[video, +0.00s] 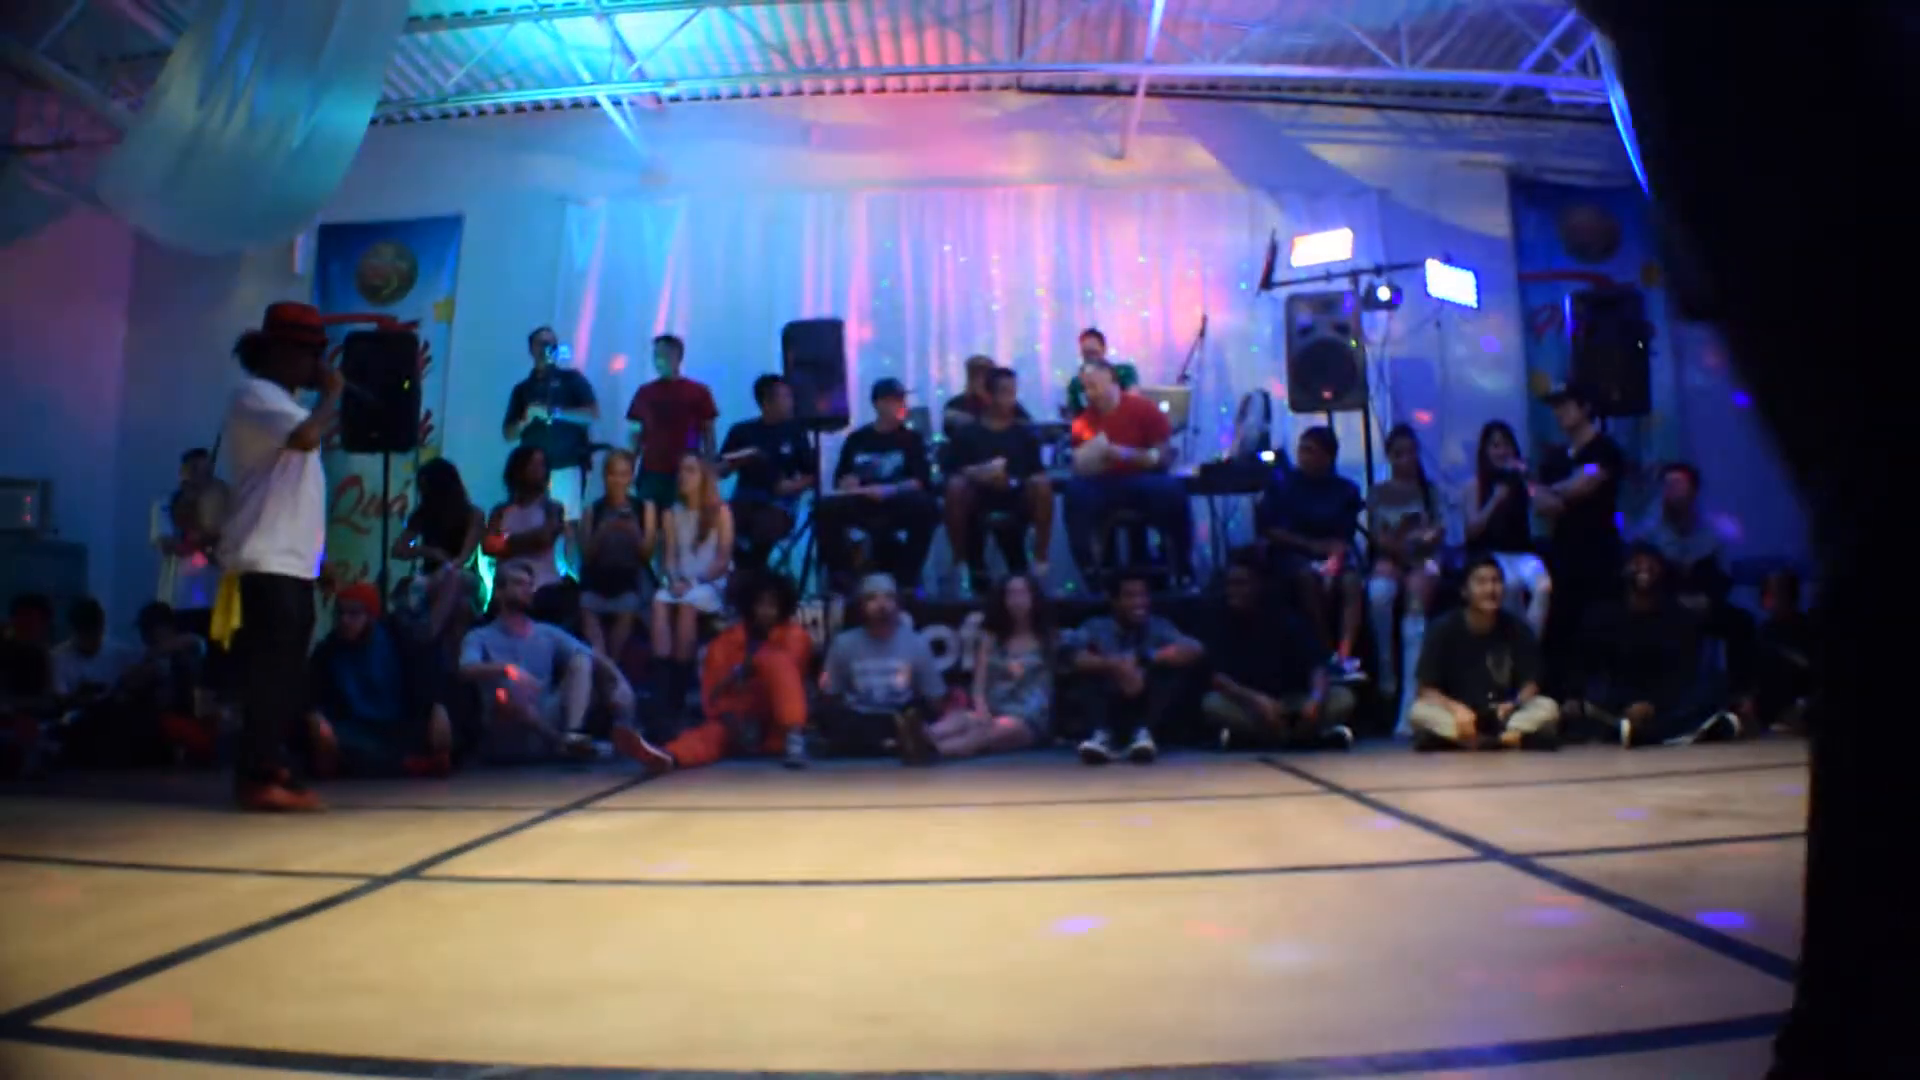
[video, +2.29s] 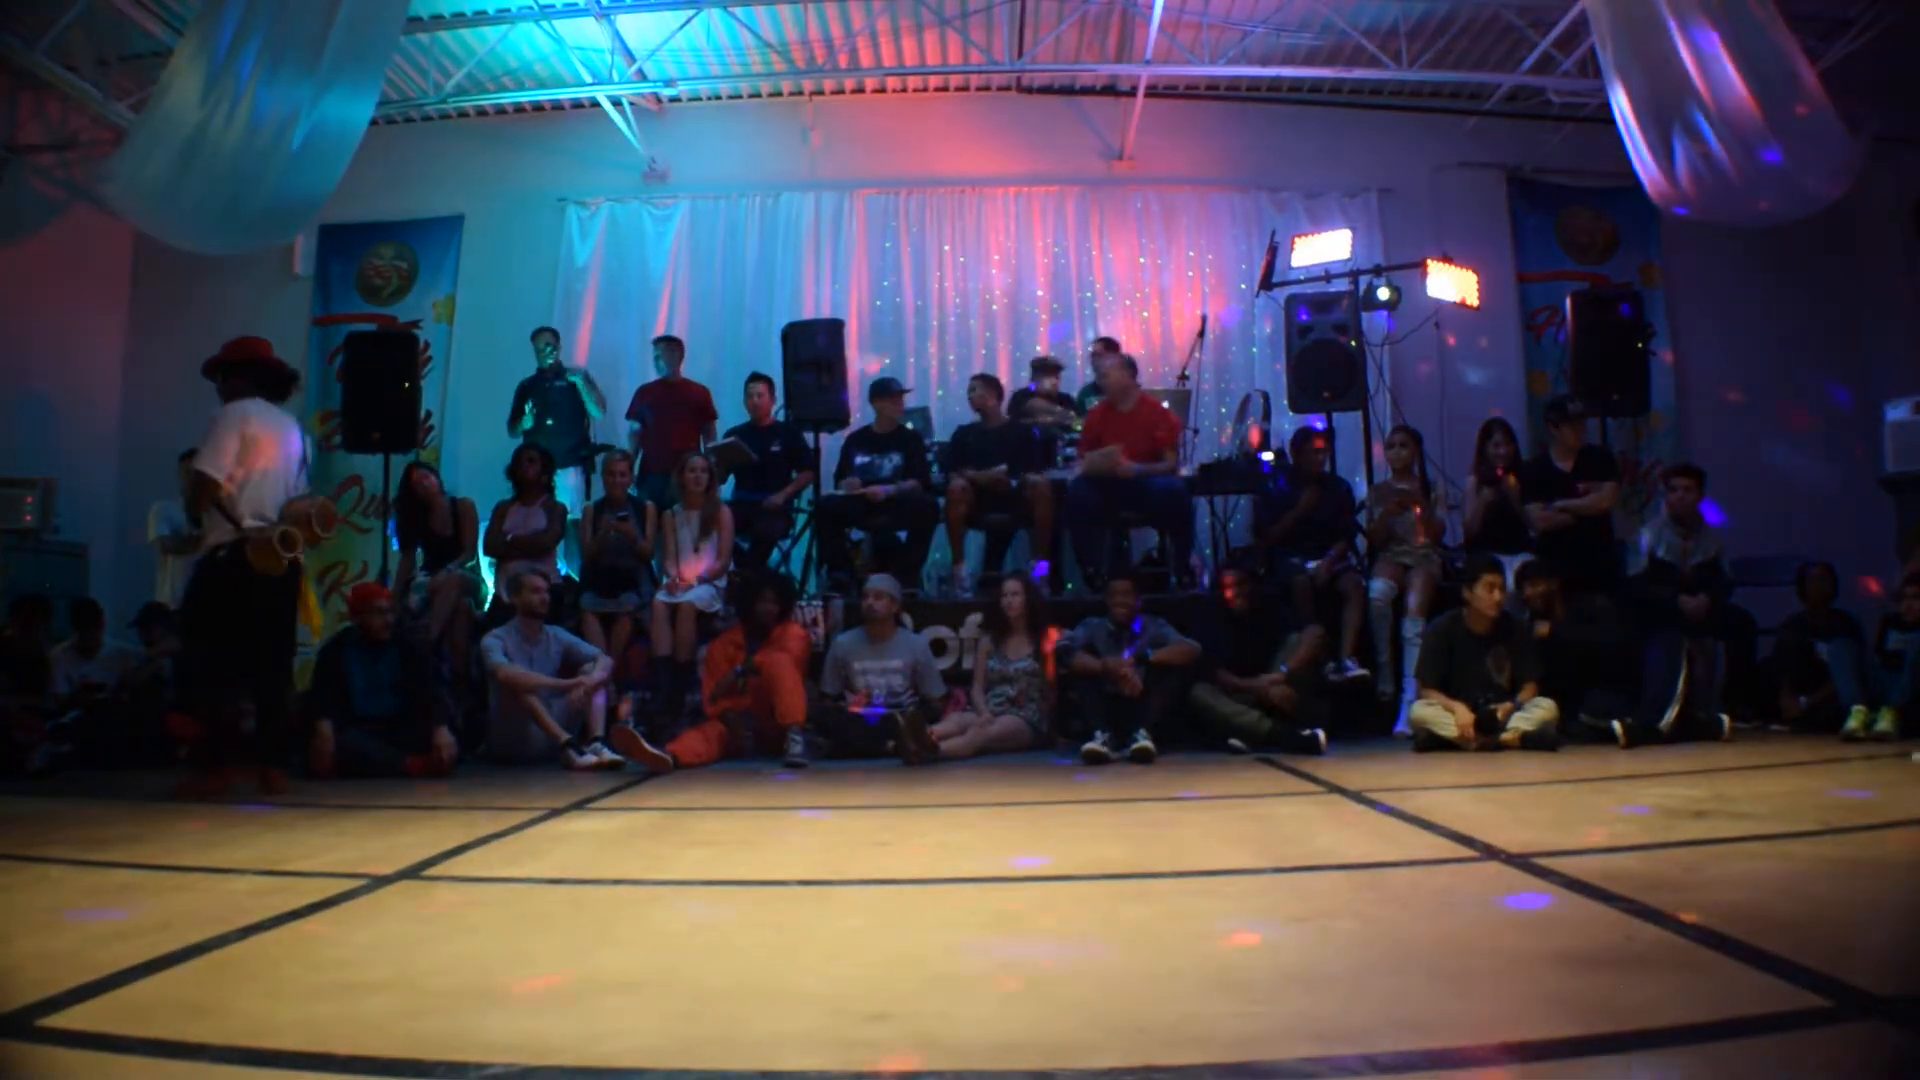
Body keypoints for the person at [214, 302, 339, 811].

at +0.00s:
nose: (316, 365)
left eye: (317, 357)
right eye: (309, 355)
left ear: (289, 358)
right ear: (281, 354)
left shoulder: (285, 404)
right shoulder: (254, 398)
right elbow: (306, 436)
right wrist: (333, 393)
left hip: (291, 563)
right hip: (266, 563)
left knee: (282, 673)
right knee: (271, 673)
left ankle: (271, 770)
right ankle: (260, 775)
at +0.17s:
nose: (333, 359)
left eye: (332, 350)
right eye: (325, 350)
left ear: (290, 351)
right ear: (301, 351)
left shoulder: (274, 392)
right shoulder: (285, 395)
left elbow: (344, 434)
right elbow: (348, 437)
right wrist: (354, 392)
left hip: (282, 556)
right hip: (286, 558)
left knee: (285, 672)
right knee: (287, 673)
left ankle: (276, 774)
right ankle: (270, 778)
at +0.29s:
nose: (345, 360)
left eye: (344, 351)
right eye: (339, 351)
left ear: (298, 351)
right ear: (318, 352)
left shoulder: (279, 394)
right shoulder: (308, 397)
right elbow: (370, 442)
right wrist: (363, 397)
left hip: (271, 551)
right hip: (294, 556)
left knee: (282, 670)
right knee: (293, 671)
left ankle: (273, 775)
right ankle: (278, 778)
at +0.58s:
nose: (345, 360)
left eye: (344, 351)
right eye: (341, 350)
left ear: (287, 347)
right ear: (326, 351)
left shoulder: (243, 402)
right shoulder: (329, 396)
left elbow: (222, 475)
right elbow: (377, 444)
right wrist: (351, 398)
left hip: (246, 556)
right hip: (297, 560)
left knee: (261, 668)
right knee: (295, 671)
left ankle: (268, 776)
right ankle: (277, 780)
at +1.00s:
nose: (311, 365)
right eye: (311, 359)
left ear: (263, 357)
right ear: (308, 361)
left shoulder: (223, 406)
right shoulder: (323, 408)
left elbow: (196, 482)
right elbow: (350, 458)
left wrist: (202, 535)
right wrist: (320, 416)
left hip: (234, 563)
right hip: (297, 568)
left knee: (244, 669)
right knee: (296, 673)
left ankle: (255, 775)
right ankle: (277, 776)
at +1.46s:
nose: (240, 368)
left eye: (239, 362)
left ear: (236, 365)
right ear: (286, 367)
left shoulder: (214, 412)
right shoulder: (313, 417)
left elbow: (182, 493)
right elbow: (325, 485)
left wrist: (173, 562)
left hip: (228, 564)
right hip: (289, 566)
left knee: (235, 670)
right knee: (287, 667)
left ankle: (256, 773)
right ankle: (293, 769)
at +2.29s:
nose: (219, 386)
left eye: (222, 378)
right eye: (219, 379)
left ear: (235, 378)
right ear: (270, 379)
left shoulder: (234, 416)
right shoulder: (292, 429)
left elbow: (205, 483)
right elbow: (297, 498)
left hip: (232, 561)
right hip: (278, 562)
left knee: (211, 660)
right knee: (272, 668)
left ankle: (214, 764)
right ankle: (272, 765)